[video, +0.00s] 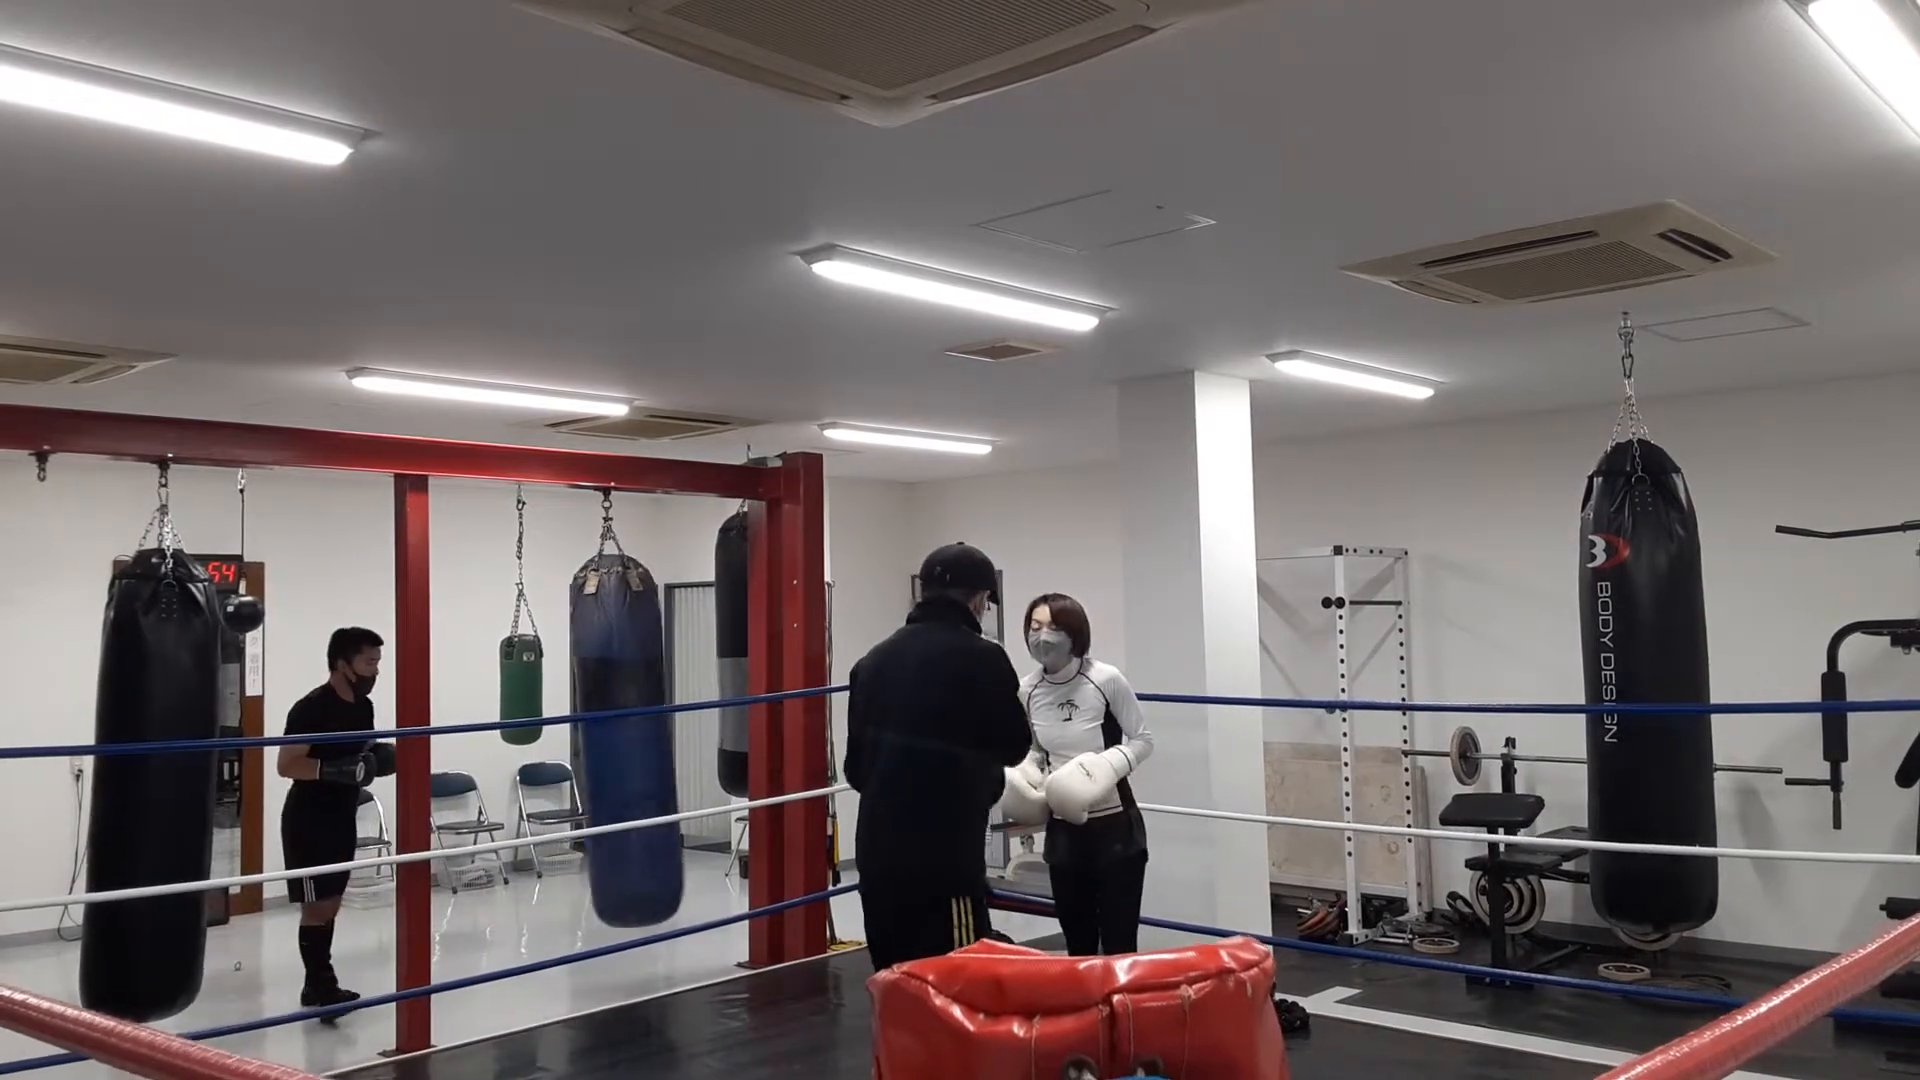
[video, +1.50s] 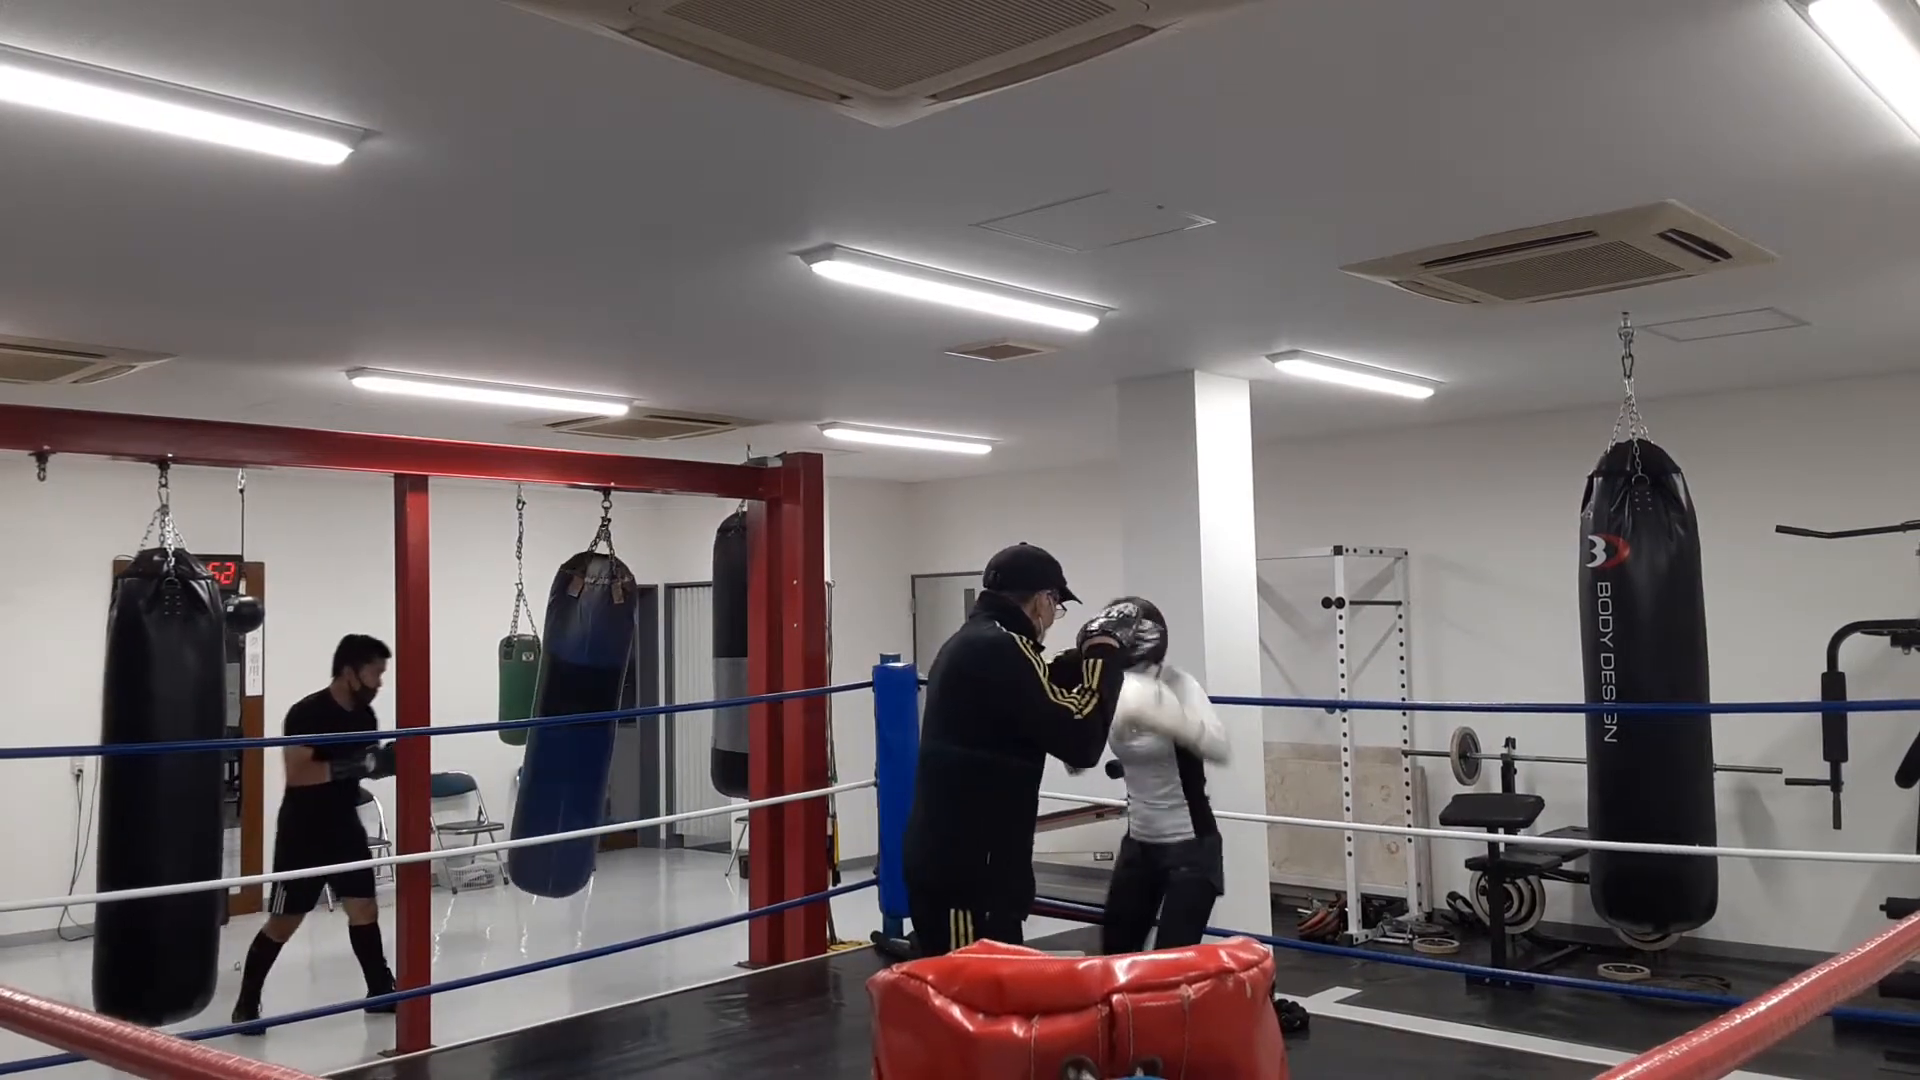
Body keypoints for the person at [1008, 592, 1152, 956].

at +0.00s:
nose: (1042, 636)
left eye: (1053, 628)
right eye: (1035, 627)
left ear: (1074, 634)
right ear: (1027, 634)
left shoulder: (1106, 680)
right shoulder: (1027, 690)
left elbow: (1143, 740)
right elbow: (1037, 749)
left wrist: (1105, 766)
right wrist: (1025, 774)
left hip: (1115, 826)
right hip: (1063, 831)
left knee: (1118, 946)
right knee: (1079, 948)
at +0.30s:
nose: (1052, 643)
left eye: (1062, 634)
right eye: (1043, 634)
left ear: (1082, 636)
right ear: (1034, 639)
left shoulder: (1111, 679)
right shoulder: (1030, 690)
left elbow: (1148, 737)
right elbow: (1029, 749)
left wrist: (1116, 768)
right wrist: (1037, 773)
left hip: (1120, 823)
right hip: (1067, 827)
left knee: (1130, 938)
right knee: (1082, 943)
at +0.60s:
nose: (1078, 644)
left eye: (1089, 635)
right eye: (1070, 635)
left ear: (1108, 638)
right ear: (1060, 639)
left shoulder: (1138, 685)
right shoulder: (1058, 690)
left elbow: (1172, 752)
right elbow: (1044, 753)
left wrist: (1133, 768)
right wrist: (1070, 779)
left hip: (1137, 829)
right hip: (1083, 832)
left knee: (1153, 944)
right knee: (1091, 948)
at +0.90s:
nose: (1098, 642)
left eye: (1107, 631)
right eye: (1096, 633)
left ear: (1126, 637)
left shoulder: (1163, 679)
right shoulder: (1089, 687)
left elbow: (1199, 747)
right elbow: (1080, 759)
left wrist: (1151, 703)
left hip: (1165, 829)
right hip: (1112, 829)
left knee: (1172, 949)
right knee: (1090, 942)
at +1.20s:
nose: (1105, 657)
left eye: (1114, 647)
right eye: (1097, 649)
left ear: (1134, 649)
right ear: (1085, 655)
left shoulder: (1164, 694)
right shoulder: (1087, 698)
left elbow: (1220, 759)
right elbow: (1059, 768)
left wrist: (1177, 720)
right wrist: (1062, 702)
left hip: (1165, 844)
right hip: (1110, 844)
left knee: (1166, 960)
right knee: (1101, 957)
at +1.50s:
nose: (1118, 642)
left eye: (1126, 631)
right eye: (1112, 634)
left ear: (1147, 638)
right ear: (1107, 641)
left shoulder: (1179, 684)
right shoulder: (1108, 688)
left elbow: (1220, 749)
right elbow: (1077, 762)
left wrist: (1160, 716)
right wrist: (1081, 688)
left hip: (1191, 848)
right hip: (1140, 847)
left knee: (1169, 963)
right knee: (1116, 956)